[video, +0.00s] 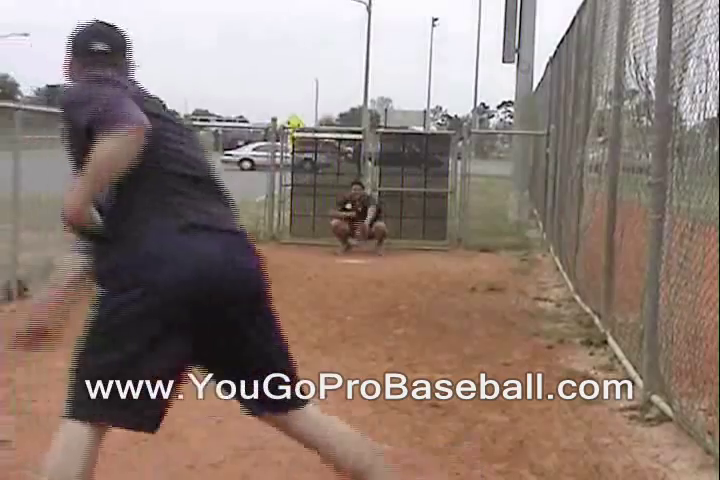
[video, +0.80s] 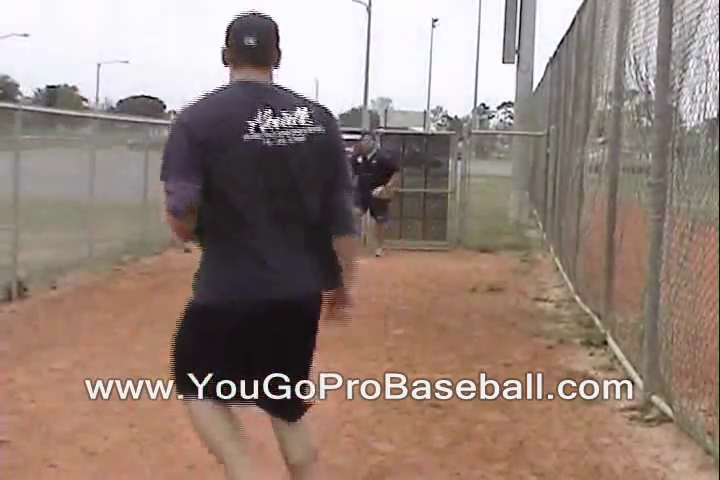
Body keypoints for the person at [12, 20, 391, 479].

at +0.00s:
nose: (66, 67)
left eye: (68, 59)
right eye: (70, 58)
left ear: (75, 61)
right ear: (122, 62)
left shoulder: (85, 89)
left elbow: (128, 128)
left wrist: (80, 199)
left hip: (157, 261)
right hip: (230, 254)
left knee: (83, 423)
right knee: (289, 409)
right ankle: (384, 470)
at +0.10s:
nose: (112, 82)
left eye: (114, 74)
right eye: (115, 74)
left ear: (120, 77)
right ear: (166, 77)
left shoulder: (137, 117)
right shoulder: (202, 126)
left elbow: (180, 177)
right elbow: (237, 203)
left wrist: (132, 237)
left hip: (201, 286)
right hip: (273, 281)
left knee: (115, 430)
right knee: (283, 425)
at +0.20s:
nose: (155, 72)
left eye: (157, 64)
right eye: (158, 64)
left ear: (162, 70)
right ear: (209, 69)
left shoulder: (190, 122)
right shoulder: (238, 114)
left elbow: (234, 205)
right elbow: (274, 203)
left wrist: (182, 259)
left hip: (238, 294)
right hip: (297, 289)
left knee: (142, 432)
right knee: (287, 441)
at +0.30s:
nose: (188, 42)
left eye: (188, 34)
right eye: (192, 33)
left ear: (191, 34)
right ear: (239, 30)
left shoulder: (208, 84)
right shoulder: (273, 82)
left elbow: (240, 165)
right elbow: (335, 169)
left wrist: (187, 210)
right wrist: (347, 222)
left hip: (240, 262)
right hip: (303, 261)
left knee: (165, 394)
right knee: (301, 407)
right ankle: (337, 472)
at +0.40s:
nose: (202, 12)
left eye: (203, 8)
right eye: (206, 9)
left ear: (208, 7)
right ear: (257, 6)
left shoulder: (210, 48)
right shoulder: (300, 54)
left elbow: (224, 131)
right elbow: (364, 137)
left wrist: (182, 164)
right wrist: (390, 190)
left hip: (238, 240)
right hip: (310, 242)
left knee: (196, 380)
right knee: (307, 382)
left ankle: (210, 472)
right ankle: (339, 471)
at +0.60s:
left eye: (228, 24)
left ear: (226, 29)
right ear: (278, 29)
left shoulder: (209, 80)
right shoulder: (320, 85)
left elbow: (200, 161)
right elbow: (373, 170)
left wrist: (169, 191)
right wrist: (403, 238)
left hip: (236, 262)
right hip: (305, 259)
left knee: (251, 398)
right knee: (301, 386)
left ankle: (281, 475)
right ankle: (311, 475)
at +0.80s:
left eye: (231, 54)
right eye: (275, 53)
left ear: (226, 56)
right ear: (278, 57)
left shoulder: (198, 119)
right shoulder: (319, 118)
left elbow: (181, 213)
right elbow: (342, 215)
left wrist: (193, 236)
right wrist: (342, 280)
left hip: (229, 290)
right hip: (300, 289)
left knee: (195, 383)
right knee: (287, 402)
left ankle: (244, 472)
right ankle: (306, 473)